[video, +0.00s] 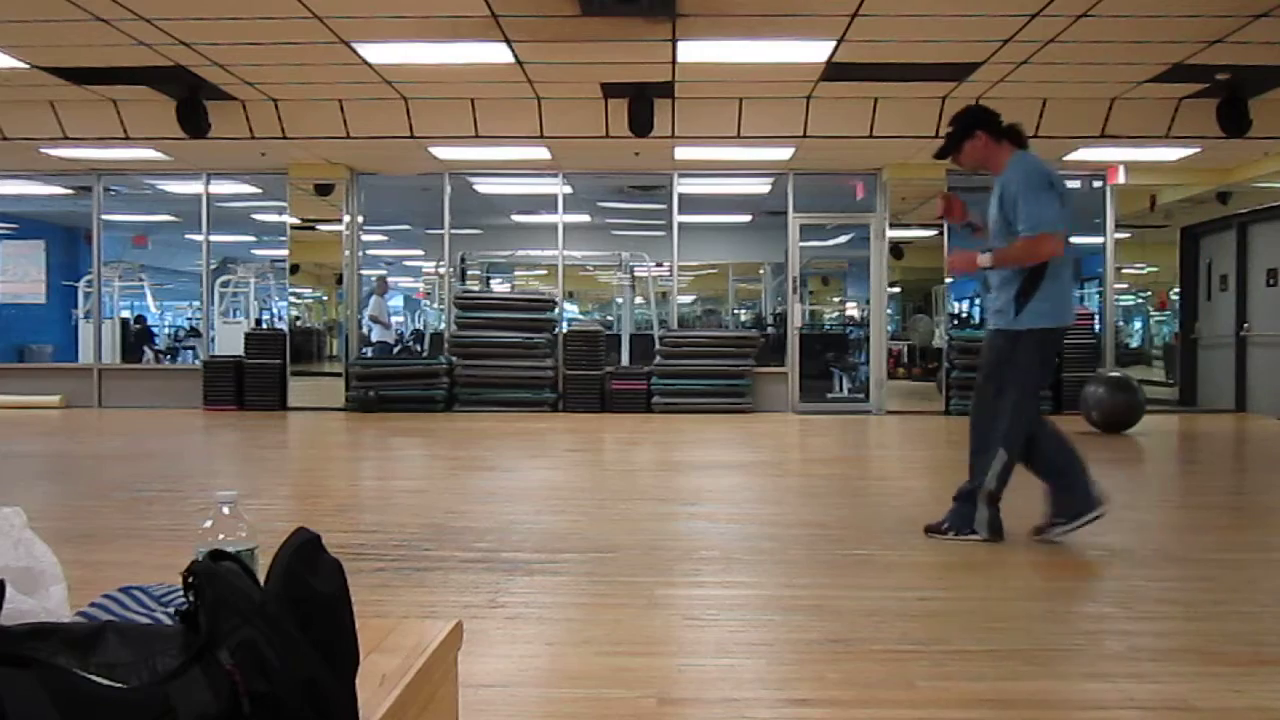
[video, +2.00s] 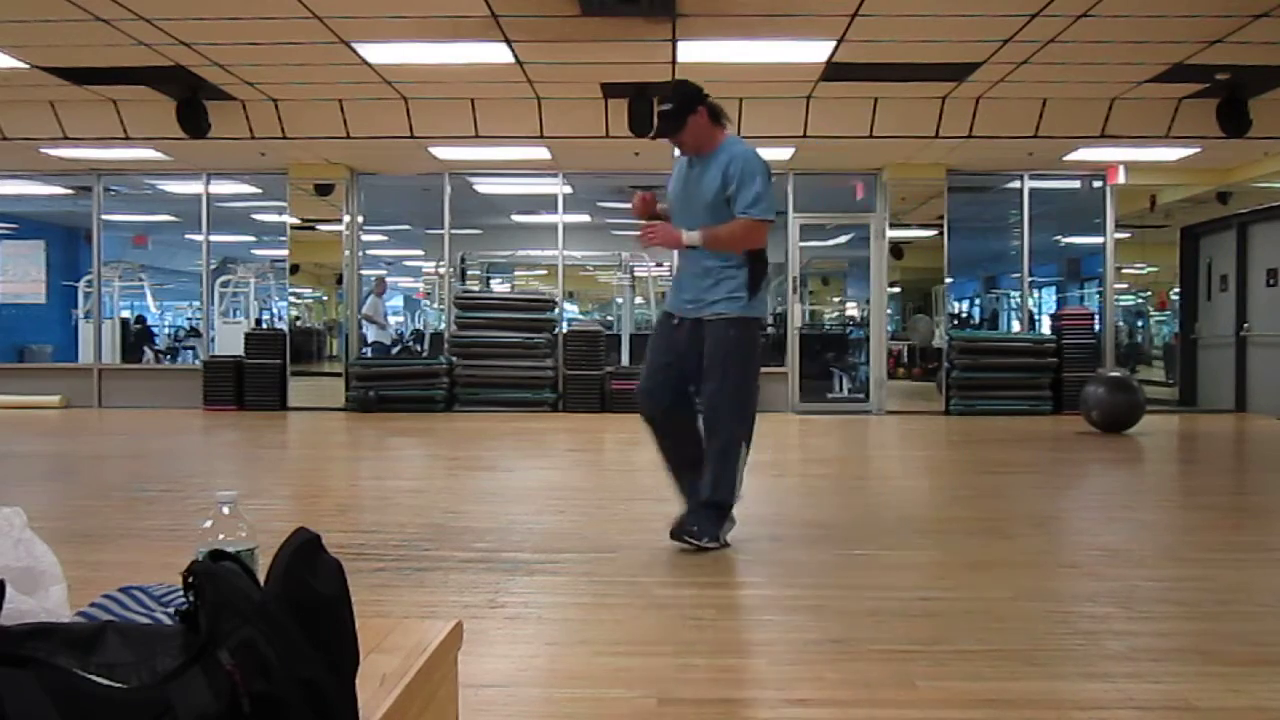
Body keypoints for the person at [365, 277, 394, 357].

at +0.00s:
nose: (387, 288)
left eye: (386, 285)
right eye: (385, 285)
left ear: (385, 286)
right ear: (379, 286)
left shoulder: (383, 300)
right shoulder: (375, 299)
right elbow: (371, 316)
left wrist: (388, 323)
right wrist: (385, 324)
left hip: (386, 338)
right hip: (380, 338)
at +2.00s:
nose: (385, 289)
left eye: (385, 286)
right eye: (383, 286)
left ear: (385, 287)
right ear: (377, 287)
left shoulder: (381, 300)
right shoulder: (373, 299)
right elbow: (365, 314)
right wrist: (379, 323)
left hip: (384, 337)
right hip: (376, 337)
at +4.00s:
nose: (386, 288)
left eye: (386, 286)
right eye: (384, 286)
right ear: (378, 286)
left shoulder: (381, 301)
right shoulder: (373, 299)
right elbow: (366, 314)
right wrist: (379, 323)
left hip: (385, 337)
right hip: (377, 338)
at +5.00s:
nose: (386, 288)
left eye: (386, 286)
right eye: (384, 286)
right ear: (378, 287)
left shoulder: (381, 301)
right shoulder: (372, 299)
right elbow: (365, 315)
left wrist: (385, 323)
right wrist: (379, 324)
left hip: (384, 338)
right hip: (375, 338)